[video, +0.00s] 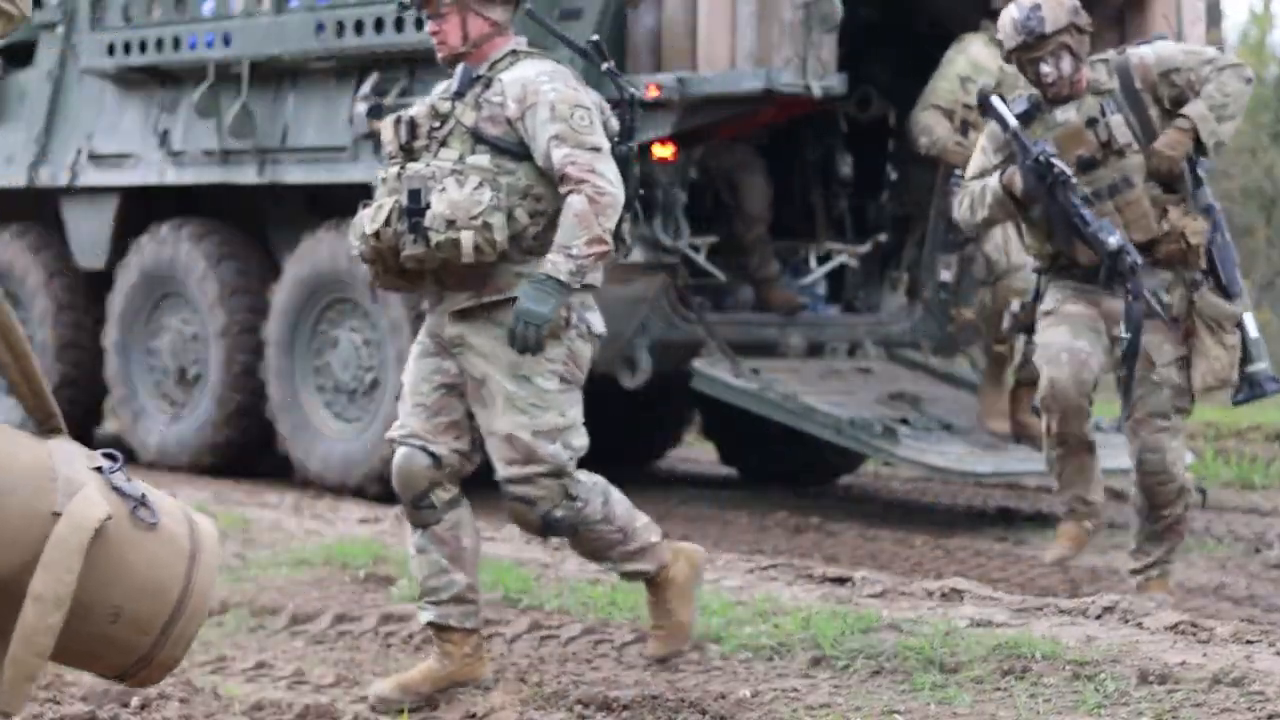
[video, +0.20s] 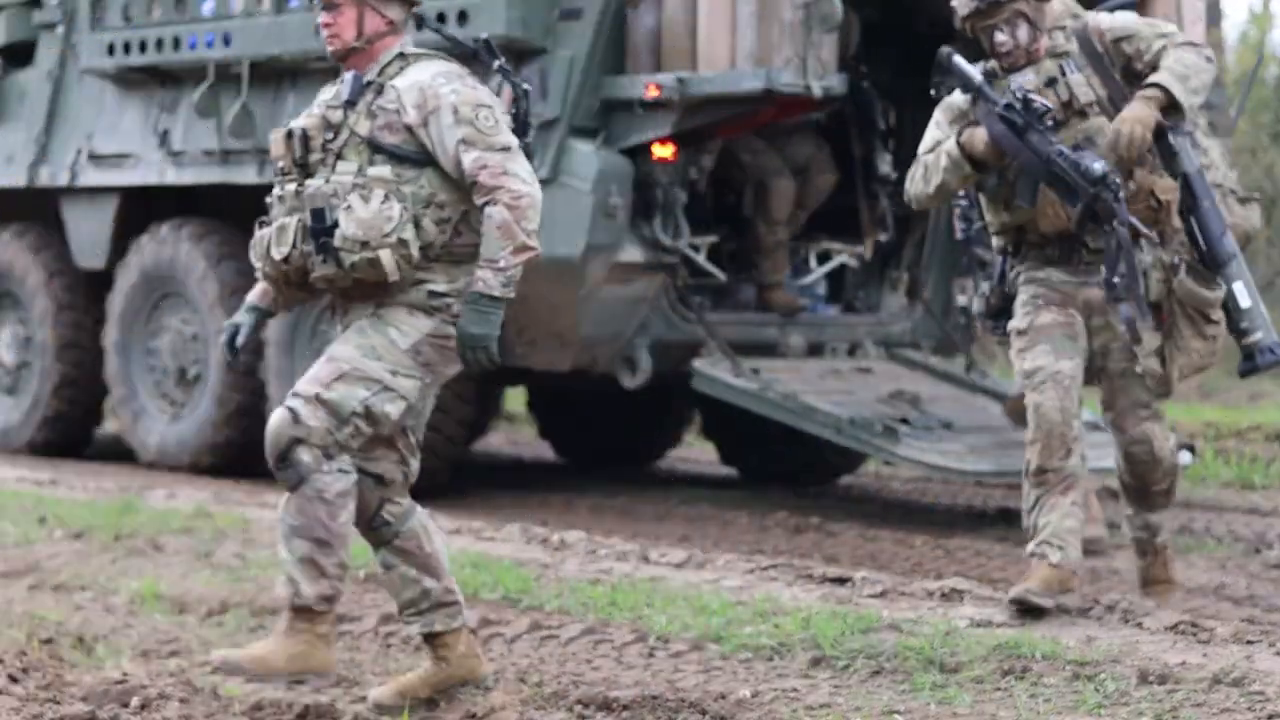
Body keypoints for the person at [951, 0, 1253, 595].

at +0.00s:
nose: (1050, 69)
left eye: (1057, 54)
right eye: (1035, 61)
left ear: (1079, 41)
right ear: (1019, 64)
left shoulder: (1134, 73)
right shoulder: (1010, 122)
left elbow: (1231, 74)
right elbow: (965, 210)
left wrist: (1186, 130)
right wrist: (1012, 185)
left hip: (1157, 282)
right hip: (1073, 287)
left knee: (1154, 441)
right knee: (1063, 384)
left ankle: (1156, 568)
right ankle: (1077, 510)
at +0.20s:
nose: (1000, 40)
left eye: (1009, 23)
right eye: (985, 32)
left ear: (1036, 12)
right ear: (972, 34)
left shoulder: (1092, 38)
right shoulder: (968, 97)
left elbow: (1190, 54)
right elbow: (919, 186)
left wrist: (1149, 101)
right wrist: (977, 145)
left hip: (1127, 269)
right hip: (1042, 276)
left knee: (1146, 441)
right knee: (1049, 418)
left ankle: (1150, 534)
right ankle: (1052, 560)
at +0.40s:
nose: (961, 23)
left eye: (968, 7)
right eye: (946, 16)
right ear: (936, 21)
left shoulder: (1064, 33)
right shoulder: (924, 87)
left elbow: (1127, 88)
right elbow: (880, 185)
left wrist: (1081, 118)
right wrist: (930, 141)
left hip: (1075, 248)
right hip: (990, 263)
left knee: (1063, 390)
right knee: (1010, 428)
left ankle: (1097, 531)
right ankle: (1047, 570)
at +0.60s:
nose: (913, 22)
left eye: (922, 7)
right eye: (899, 14)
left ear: (952, 2)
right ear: (886, 22)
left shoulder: (1021, 37)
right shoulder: (876, 86)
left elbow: (1084, 102)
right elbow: (810, 180)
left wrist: (1023, 143)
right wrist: (862, 130)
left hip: (1019, 276)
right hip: (932, 285)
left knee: (989, 455)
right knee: (954, 468)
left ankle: (984, 621)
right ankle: (1036, 548)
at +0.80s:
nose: (837, 48)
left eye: (849, 29)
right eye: (825, 37)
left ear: (884, 25)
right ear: (815, 44)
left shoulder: (960, 73)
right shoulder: (812, 114)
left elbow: (1004, 162)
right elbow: (702, 187)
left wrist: (924, 205)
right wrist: (753, 164)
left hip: (958, 324)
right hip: (864, 325)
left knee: (946, 514)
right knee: (818, 466)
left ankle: (976, 645)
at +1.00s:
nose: (728, 63)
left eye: (738, 46)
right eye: (718, 52)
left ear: (781, 39)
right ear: (715, 60)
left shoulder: (856, 87)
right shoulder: (719, 131)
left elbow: (903, 180)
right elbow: (600, 201)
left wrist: (805, 221)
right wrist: (635, 186)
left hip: (851, 334)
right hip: (760, 342)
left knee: (834, 534)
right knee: (744, 542)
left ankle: (930, 621)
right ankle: (769, 698)